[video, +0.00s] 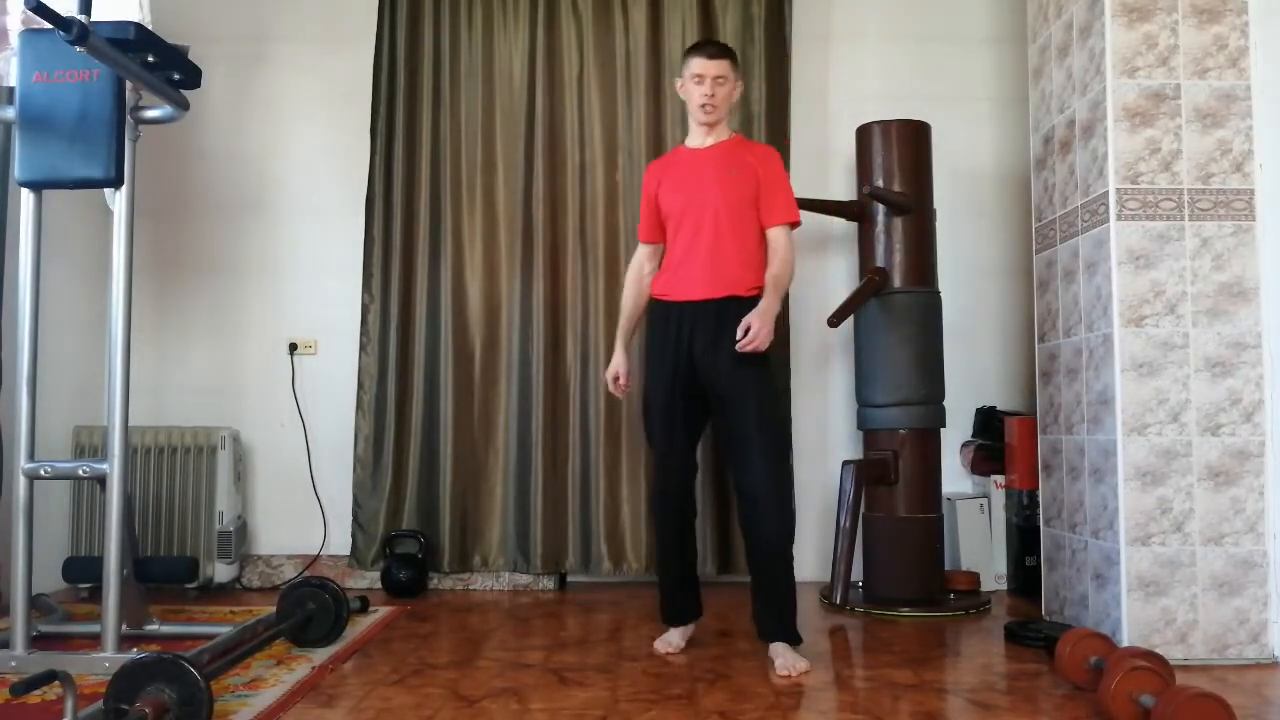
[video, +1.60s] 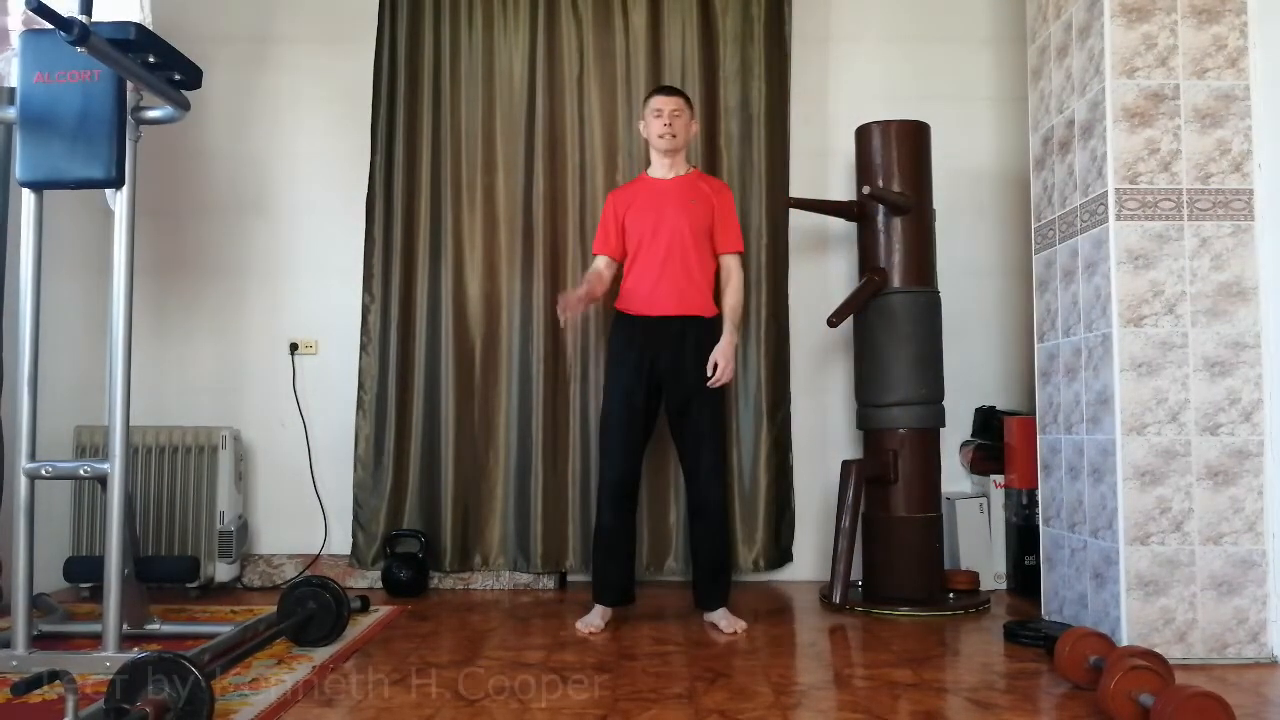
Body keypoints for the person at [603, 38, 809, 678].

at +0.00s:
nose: (709, 90)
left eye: (720, 80)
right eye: (698, 80)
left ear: (737, 89)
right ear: (681, 88)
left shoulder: (761, 160)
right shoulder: (660, 172)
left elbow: (782, 247)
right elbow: (644, 263)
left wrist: (770, 306)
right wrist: (621, 344)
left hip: (741, 327)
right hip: (669, 330)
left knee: (763, 483)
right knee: (670, 482)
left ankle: (780, 634)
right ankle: (680, 616)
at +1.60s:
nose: (666, 122)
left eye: (676, 114)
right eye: (657, 115)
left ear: (693, 128)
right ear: (642, 129)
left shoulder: (714, 193)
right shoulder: (622, 199)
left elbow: (731, 273)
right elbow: (602, 269)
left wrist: (728, 338)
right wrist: (584, 293)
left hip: (697, 339)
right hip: (634, 338)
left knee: (707, 474)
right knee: (618, 471)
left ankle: (713, 602)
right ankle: (608, 598)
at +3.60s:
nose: (667, 123)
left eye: (678, 115)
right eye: (658, 115)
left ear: (693, 128)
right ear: (643, 127)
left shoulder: (715, 192)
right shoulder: (623, 197)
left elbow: (734, 267)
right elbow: (605, 271)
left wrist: (730, 320)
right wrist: (590, 328)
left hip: (697, 338)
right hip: (632, 338)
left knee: (708, 473)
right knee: (619, 471)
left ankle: (713, 602)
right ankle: (609, 598)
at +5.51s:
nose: (669, 122)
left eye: (679, 114)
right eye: (659, 114)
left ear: (693, 127)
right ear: (643, 127)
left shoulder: (715, 193)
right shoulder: (624, 198)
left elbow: (732, 272)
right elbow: (608, 275)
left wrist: (732, 334)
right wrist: (594, 340)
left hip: (698, 339)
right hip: (633, 339)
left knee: (707, 475)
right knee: (618, 473)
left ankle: (712, 602)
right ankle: (608, 599)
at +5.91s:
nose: (671, 122)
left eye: (681, 115)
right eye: (662, 114)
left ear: (696, 127)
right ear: (645, 126)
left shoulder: (716, 193)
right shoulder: (624, 198)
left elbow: (733, 272)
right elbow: (608, 276)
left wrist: (738, 340)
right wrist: (592, 344)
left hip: (699, 340)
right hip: (634, 339)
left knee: (708, 475)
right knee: (619, 473)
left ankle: (712, 602)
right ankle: (608, 598)